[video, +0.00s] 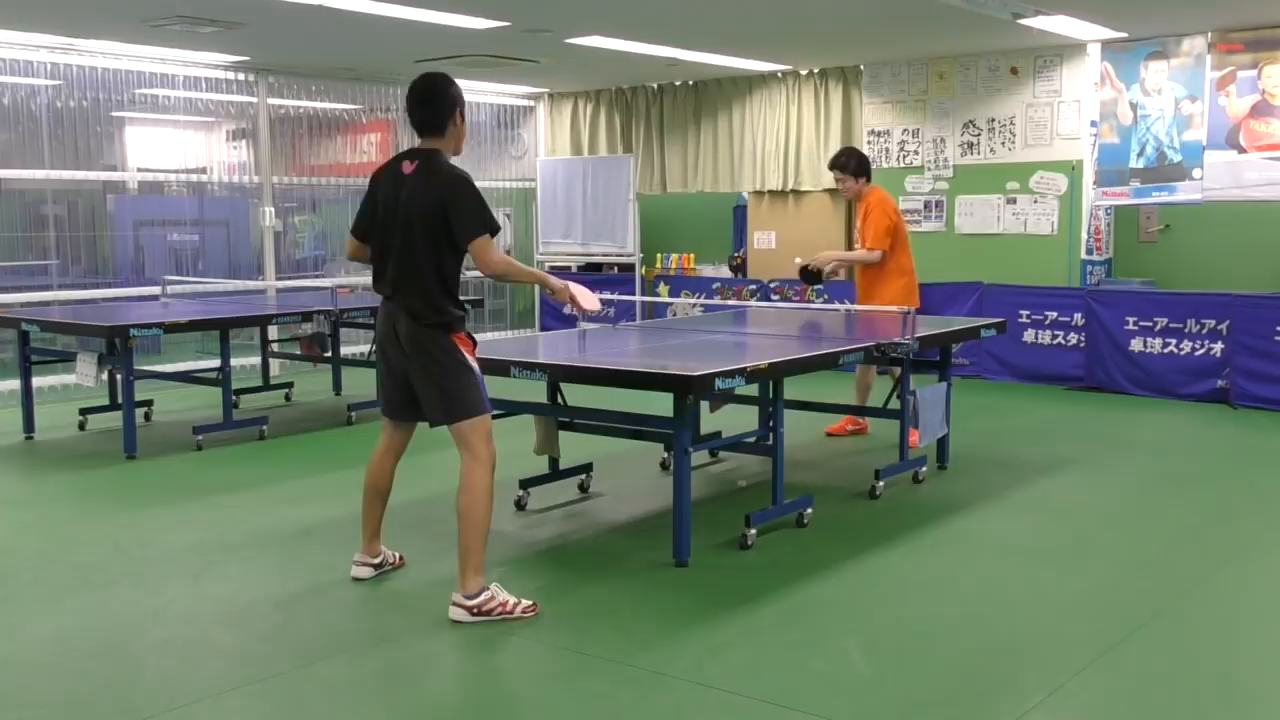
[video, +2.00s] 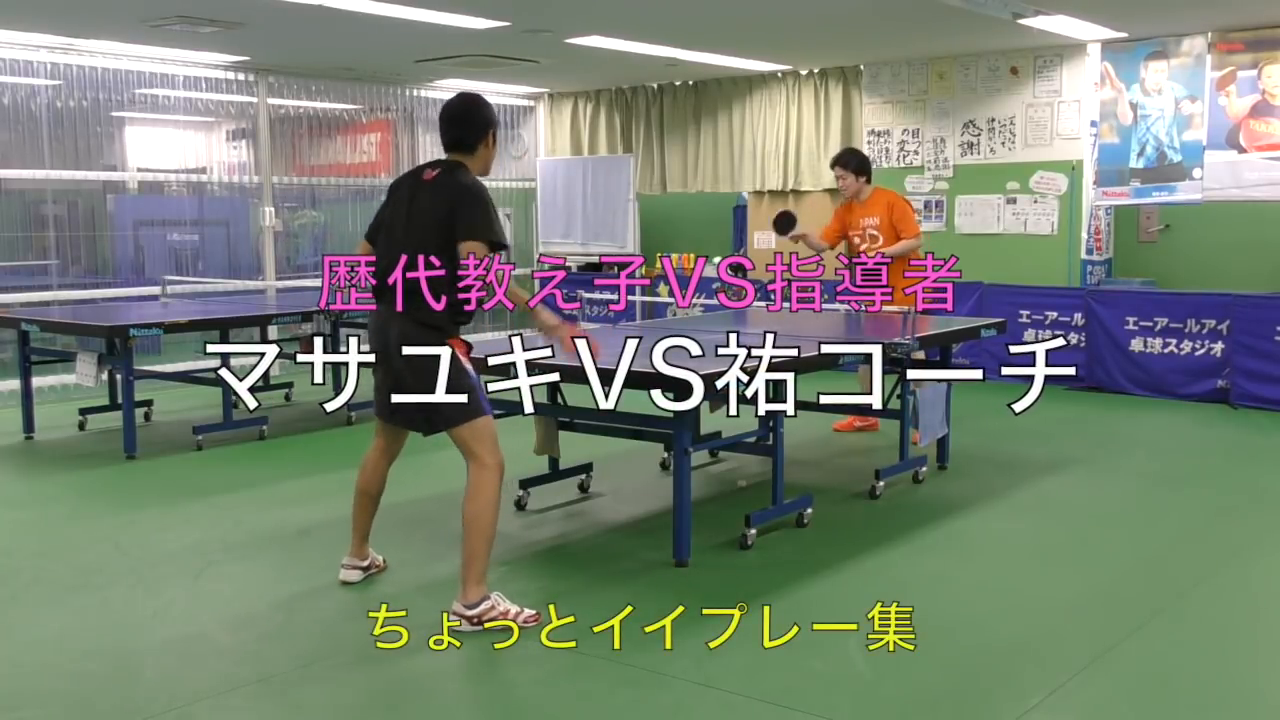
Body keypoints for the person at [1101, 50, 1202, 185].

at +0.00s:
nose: (1159, 77)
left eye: (1162, 71)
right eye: (1155, 71)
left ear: (1168, 72)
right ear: (1144, 72)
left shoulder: (1174, 89)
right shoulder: (1135, 91)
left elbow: (1199, 105)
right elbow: (1125, 121)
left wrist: (1191, 107)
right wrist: (1121, 94)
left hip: (1171, 161)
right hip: (1141, 163)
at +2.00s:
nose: (1159, 77)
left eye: (1163, 71)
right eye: (1155, 71)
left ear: (1168, 73)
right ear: (1144, 72)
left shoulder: (1173, 89)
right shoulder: (1135, 91)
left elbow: (1199, 106)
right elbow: (1125, 121)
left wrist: (1191, 107)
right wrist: (1121, 94)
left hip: (1171, 161)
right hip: (1142, 163)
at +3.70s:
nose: (1159, 76)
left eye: (1163, 71)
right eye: (1155, 71)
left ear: (1168, 73)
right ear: (1144, 72)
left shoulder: (1174, 89)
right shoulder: (1135, 91)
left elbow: (1199, 105)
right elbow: (1125, 121)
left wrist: (1191, 107)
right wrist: (1121, 94)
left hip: (1171, 161)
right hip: (1141, 163)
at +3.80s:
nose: (1159, 76)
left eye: (1163, 71)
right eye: (1155, 71)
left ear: (1168, 73)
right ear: (1144, 72)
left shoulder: (1174, 89)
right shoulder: (1135, 91)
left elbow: (1199, 106)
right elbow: (1125, 121)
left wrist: (1191, 107)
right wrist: (1121, 94)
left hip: (1171, 161)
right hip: (1141, 163)